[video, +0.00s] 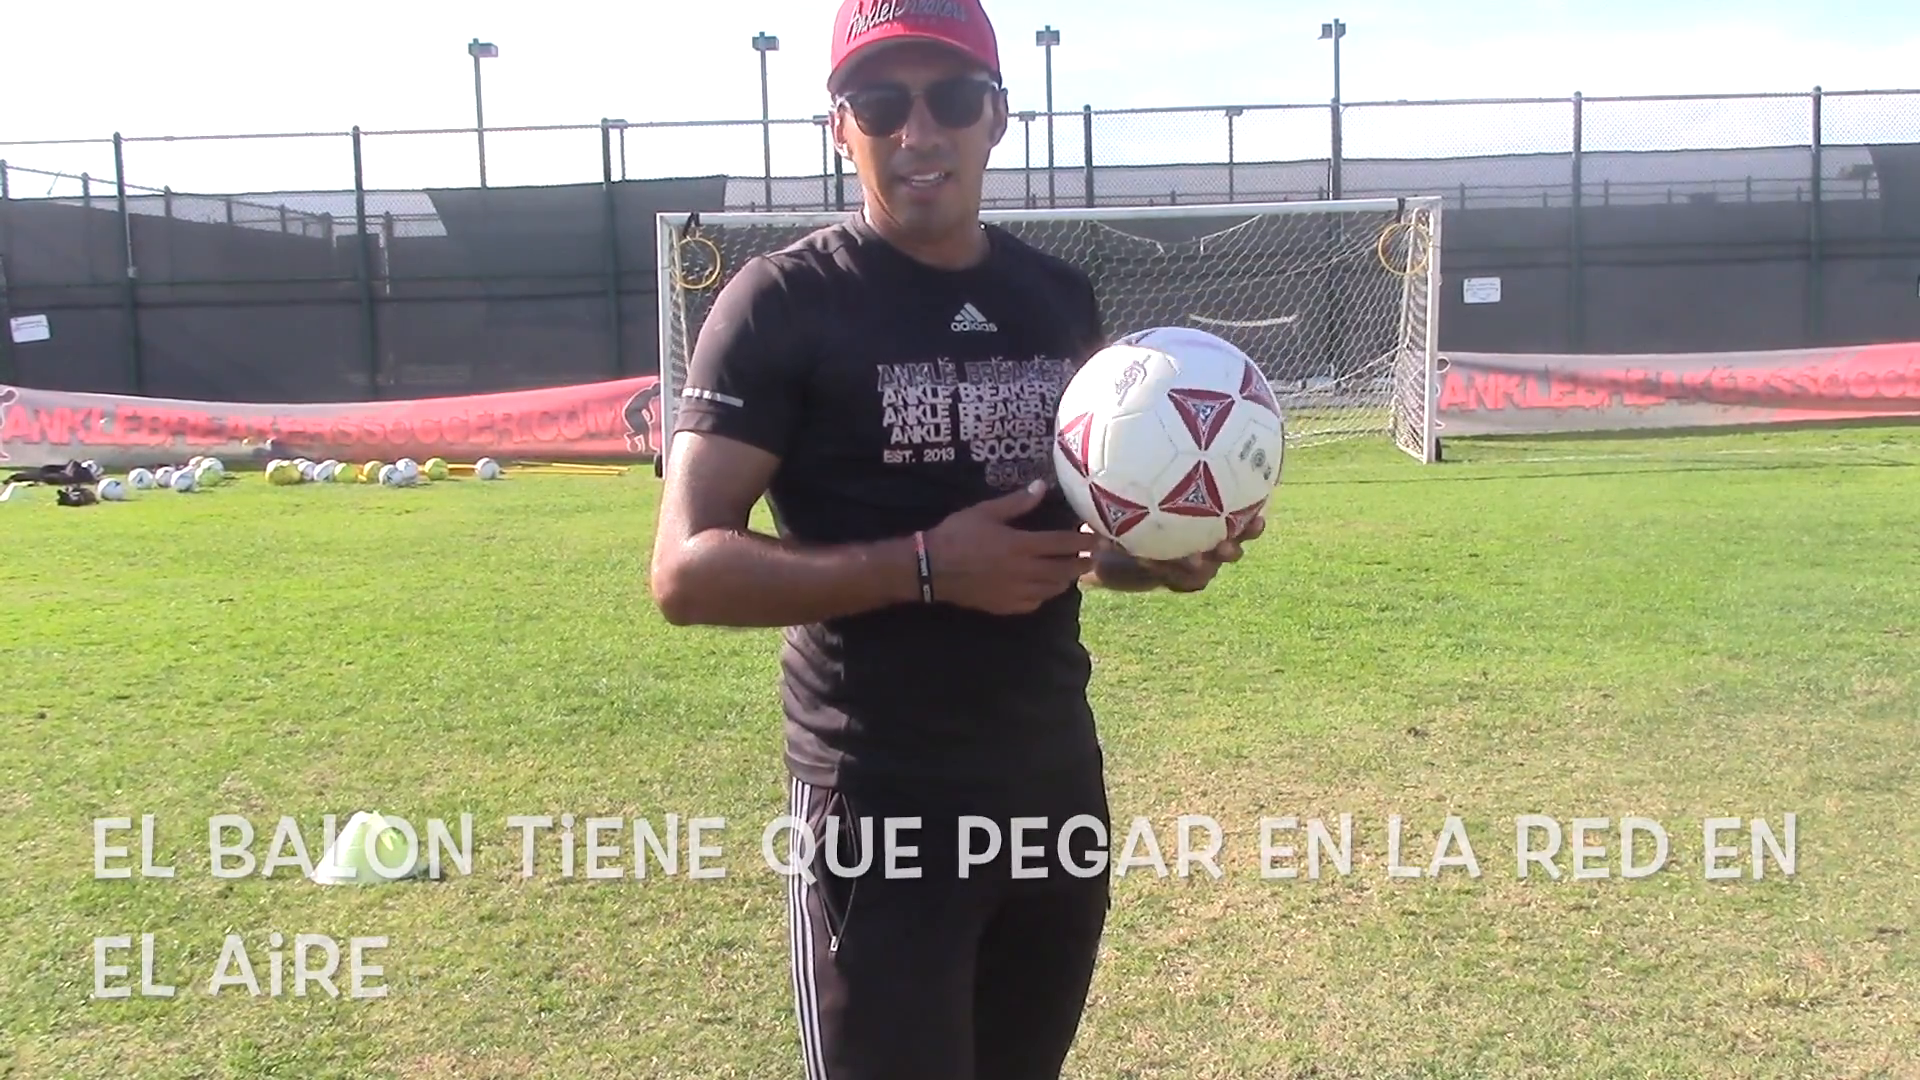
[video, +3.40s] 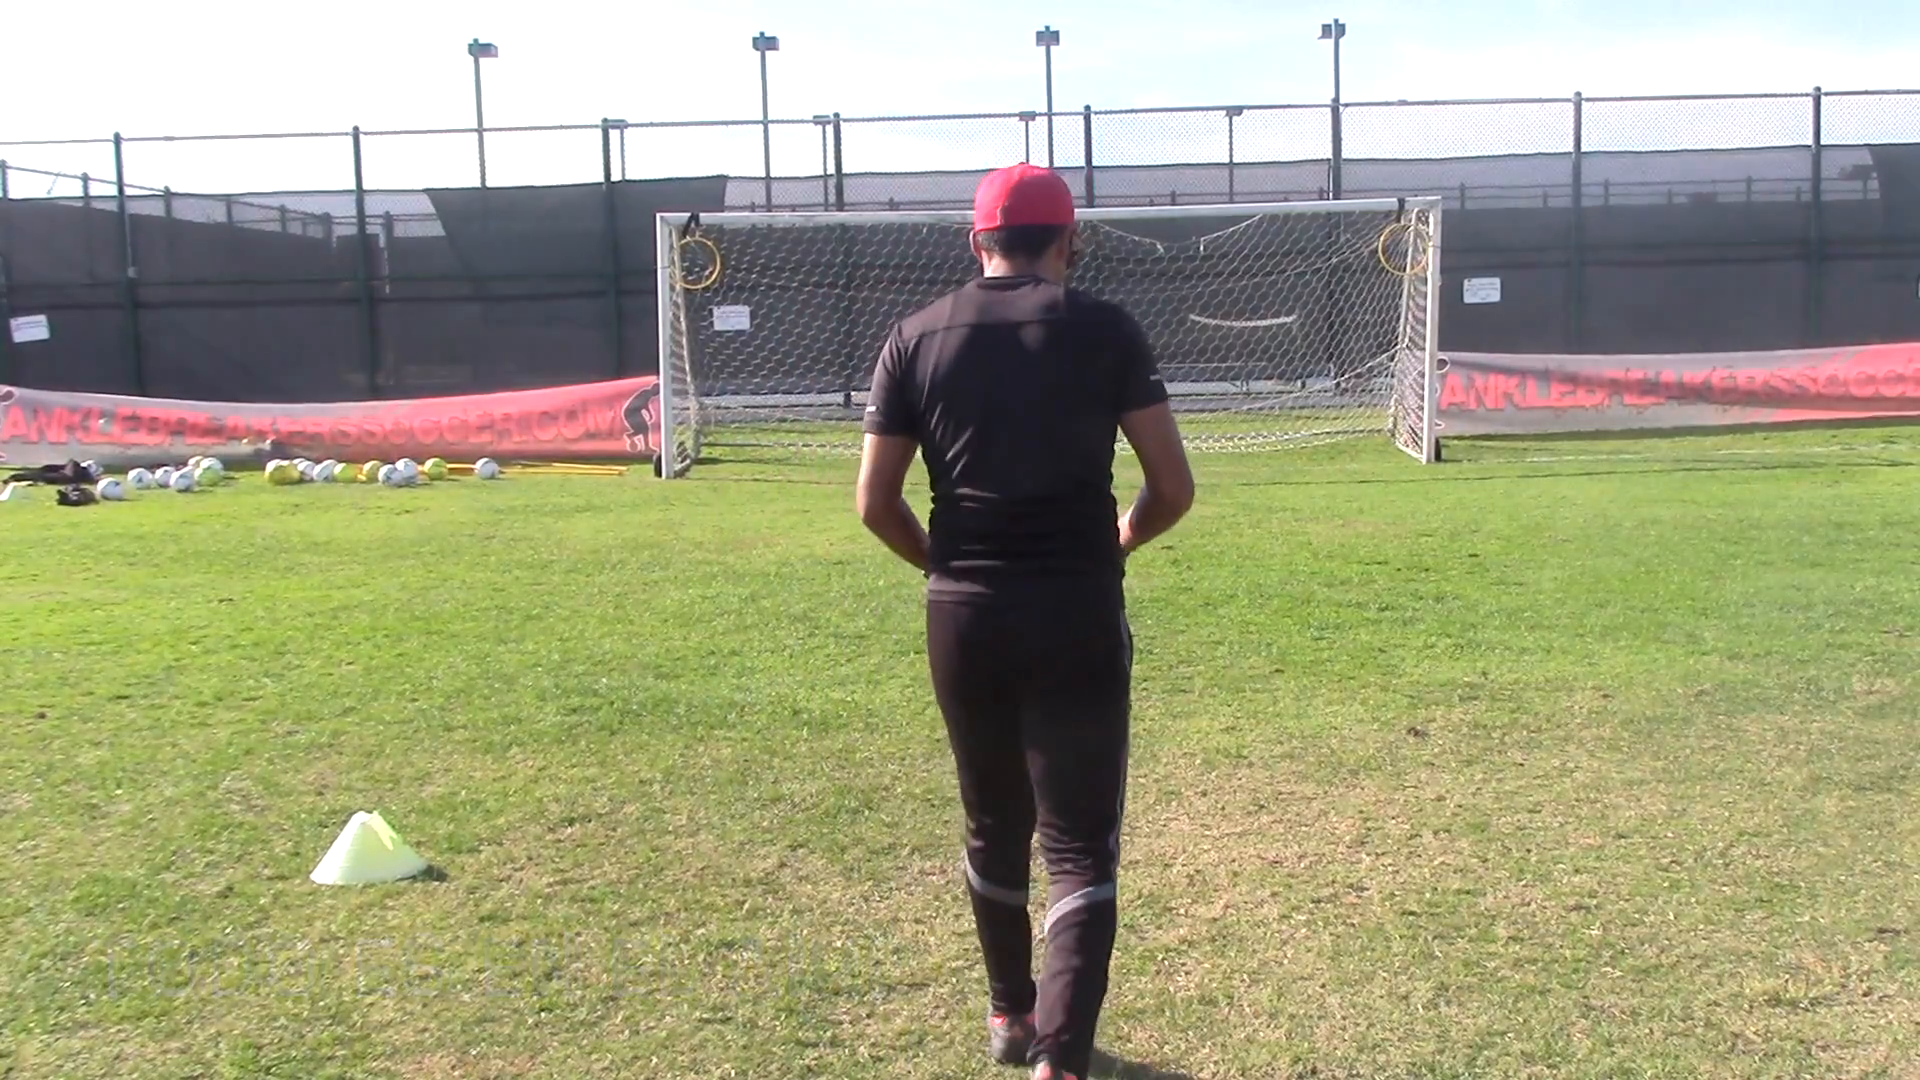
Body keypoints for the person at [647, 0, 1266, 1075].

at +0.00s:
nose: (920, 134)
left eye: (952, 101)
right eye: (884, 104)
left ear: (996, 118)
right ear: (841, 129)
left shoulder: (1056, 297)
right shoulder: (776, 304)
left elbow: (1087, 527)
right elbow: (685, 571)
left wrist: (1165, 553)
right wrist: (925, 564)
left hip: (1052, 772)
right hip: (873, 783)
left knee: (1022, 1063)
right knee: (889, 1062)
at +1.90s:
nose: (1066, 116)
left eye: (1056, 87)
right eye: (1037, 87)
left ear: (942, 109)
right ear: (931, 104)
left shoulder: (914, 280)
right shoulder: (859, 287)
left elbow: (924, 537)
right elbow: (801, 619)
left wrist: (1077, 573)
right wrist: (1065, 589)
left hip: (891, 784)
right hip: (828, 797)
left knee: (951, 1053)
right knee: (885, 1066)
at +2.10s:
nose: (1029, 147)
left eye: (1024, 119)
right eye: (1014, 118)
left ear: (916, 136)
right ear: (955, 132)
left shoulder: (812, 284)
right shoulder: (913, 293)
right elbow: (928, 583)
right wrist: (1097, 556)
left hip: (808, 759)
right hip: (843, 783)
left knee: (938, 1042)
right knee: (867, 1059)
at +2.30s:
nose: (999, 160)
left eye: (995, 139)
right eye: (990, 140)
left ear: (862, 167)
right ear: (964, 154)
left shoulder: (788, 296)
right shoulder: (954, 294)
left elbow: (723, 537)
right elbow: (984, 559)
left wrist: (910, 556)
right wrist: (1079, 554)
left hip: (765, 717)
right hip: (885, 745)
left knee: (881, 1055)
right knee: (999, 1059)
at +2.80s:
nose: (1063, 221)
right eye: (1063, 208)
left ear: (943, 213)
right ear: (1055, 217)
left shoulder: (853, 320)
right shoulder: (1090, 341)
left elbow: (779, 512)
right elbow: (1151, 550)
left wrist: (881, 559)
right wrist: (1095, 570)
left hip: (882, 681)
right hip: (1029, 688)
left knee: (900, 983)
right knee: (1038, 950)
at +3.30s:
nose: (1081, 245)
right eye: (1082, 232)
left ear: (985, 232)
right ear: (1080, 234)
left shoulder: (919, 327)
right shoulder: (1115, 329)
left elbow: (862, 492)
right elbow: (1186, 493)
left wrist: (919, 554)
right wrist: (1122, 523)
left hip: (957, 618)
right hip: (1078, 619)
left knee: (985, 831)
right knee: (1066, 856)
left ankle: (1007, 1021)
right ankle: (1063, 1057)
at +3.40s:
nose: (1072, 254)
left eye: (1064, 242)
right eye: (1071, 242)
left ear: (978, 242)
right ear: (1065, 243)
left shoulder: (915, 338)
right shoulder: (1099, 327)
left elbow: (877, 504)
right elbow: (1172, 488)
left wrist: (945, 561)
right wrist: (1125, 536)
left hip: (963, 610)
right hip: (1077, 610)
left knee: (994, 826)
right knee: (1079, 847)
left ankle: (1011, 1017)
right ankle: (1061, 1055)